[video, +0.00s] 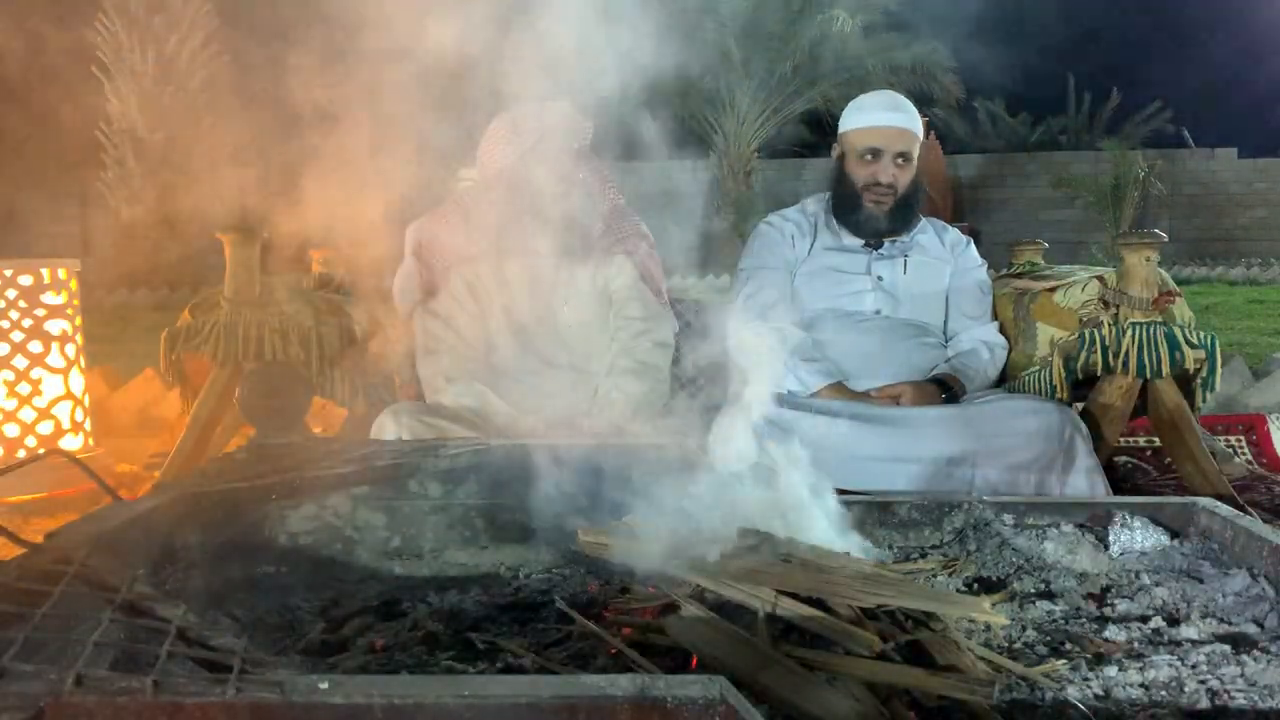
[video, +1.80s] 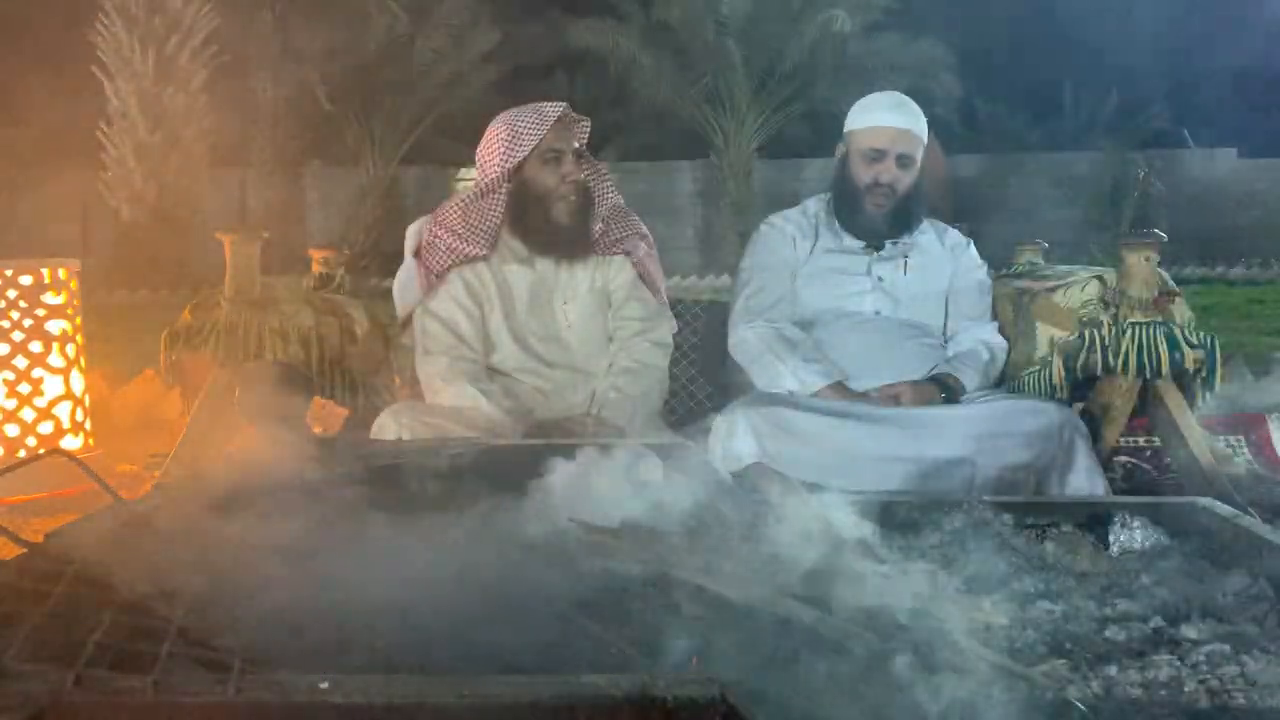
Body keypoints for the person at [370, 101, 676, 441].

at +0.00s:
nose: (574, 175)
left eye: (577, 161)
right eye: (552, 162)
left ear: (588, 174)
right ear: (509, 178)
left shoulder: (616, 273)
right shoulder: (461, 291)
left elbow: (641, 372)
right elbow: (447, 387)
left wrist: (598, 429)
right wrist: (521, 430)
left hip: (598, 440)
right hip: (499, 442)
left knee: (685, 439)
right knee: (396, 424)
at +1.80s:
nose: (575, 175)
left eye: (578, 158)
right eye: (552, 160)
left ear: (587, 165)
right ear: (509, 176)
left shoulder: (614, 257)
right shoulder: (460, 266)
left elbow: (645, 351)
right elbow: (447, 376)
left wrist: (600, 427)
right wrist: (516, 436)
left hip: (602, 437)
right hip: (499, 438)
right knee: (397, 426)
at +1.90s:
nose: (576, 175)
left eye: (579, 159)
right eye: (552, 161)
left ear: (589, 167)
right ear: (507, 178)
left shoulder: (614, 262)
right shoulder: (460, 269)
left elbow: (644, 357)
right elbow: (447, 378)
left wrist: (599, 426)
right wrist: (513, 437)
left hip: (590, 439)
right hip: (497, 436)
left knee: (625, 442)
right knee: (398, 425)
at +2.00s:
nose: (575, 174)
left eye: (578, 159)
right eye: (553, 161)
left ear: (589, 167)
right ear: (508, 177)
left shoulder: (615, 262)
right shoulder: (459, 268)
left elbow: (643, 362)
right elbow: (450, 382)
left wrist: (598, 434)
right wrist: (515, 440)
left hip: (596, 439)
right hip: (495, 440)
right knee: (396, 427)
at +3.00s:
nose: (568, 172)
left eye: (571, 155)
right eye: (542, 160)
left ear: (583, 162)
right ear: (500, 180)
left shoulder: (623, 256)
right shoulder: (461, 279)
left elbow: (645, 356)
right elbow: (451, 384)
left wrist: (597, 427)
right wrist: (520, 441)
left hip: (599, 439)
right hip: (497, 441)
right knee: (397, 425)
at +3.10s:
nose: (563, 172)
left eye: (569, 156)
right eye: (541, 159)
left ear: (580, 160)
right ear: (502, 174)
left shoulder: (615, 240)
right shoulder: (467, 256)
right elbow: (446, 377)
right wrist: (515, 444)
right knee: (399, 424)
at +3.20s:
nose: (561, 170)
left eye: (569, 153)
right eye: (540, 156)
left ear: (583, 163)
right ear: (502, 176)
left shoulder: (614, 265)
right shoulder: (463, 277)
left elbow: (655, 360)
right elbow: (450, 378)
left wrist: (608, 418)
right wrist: (542, 421)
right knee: (406, 417)